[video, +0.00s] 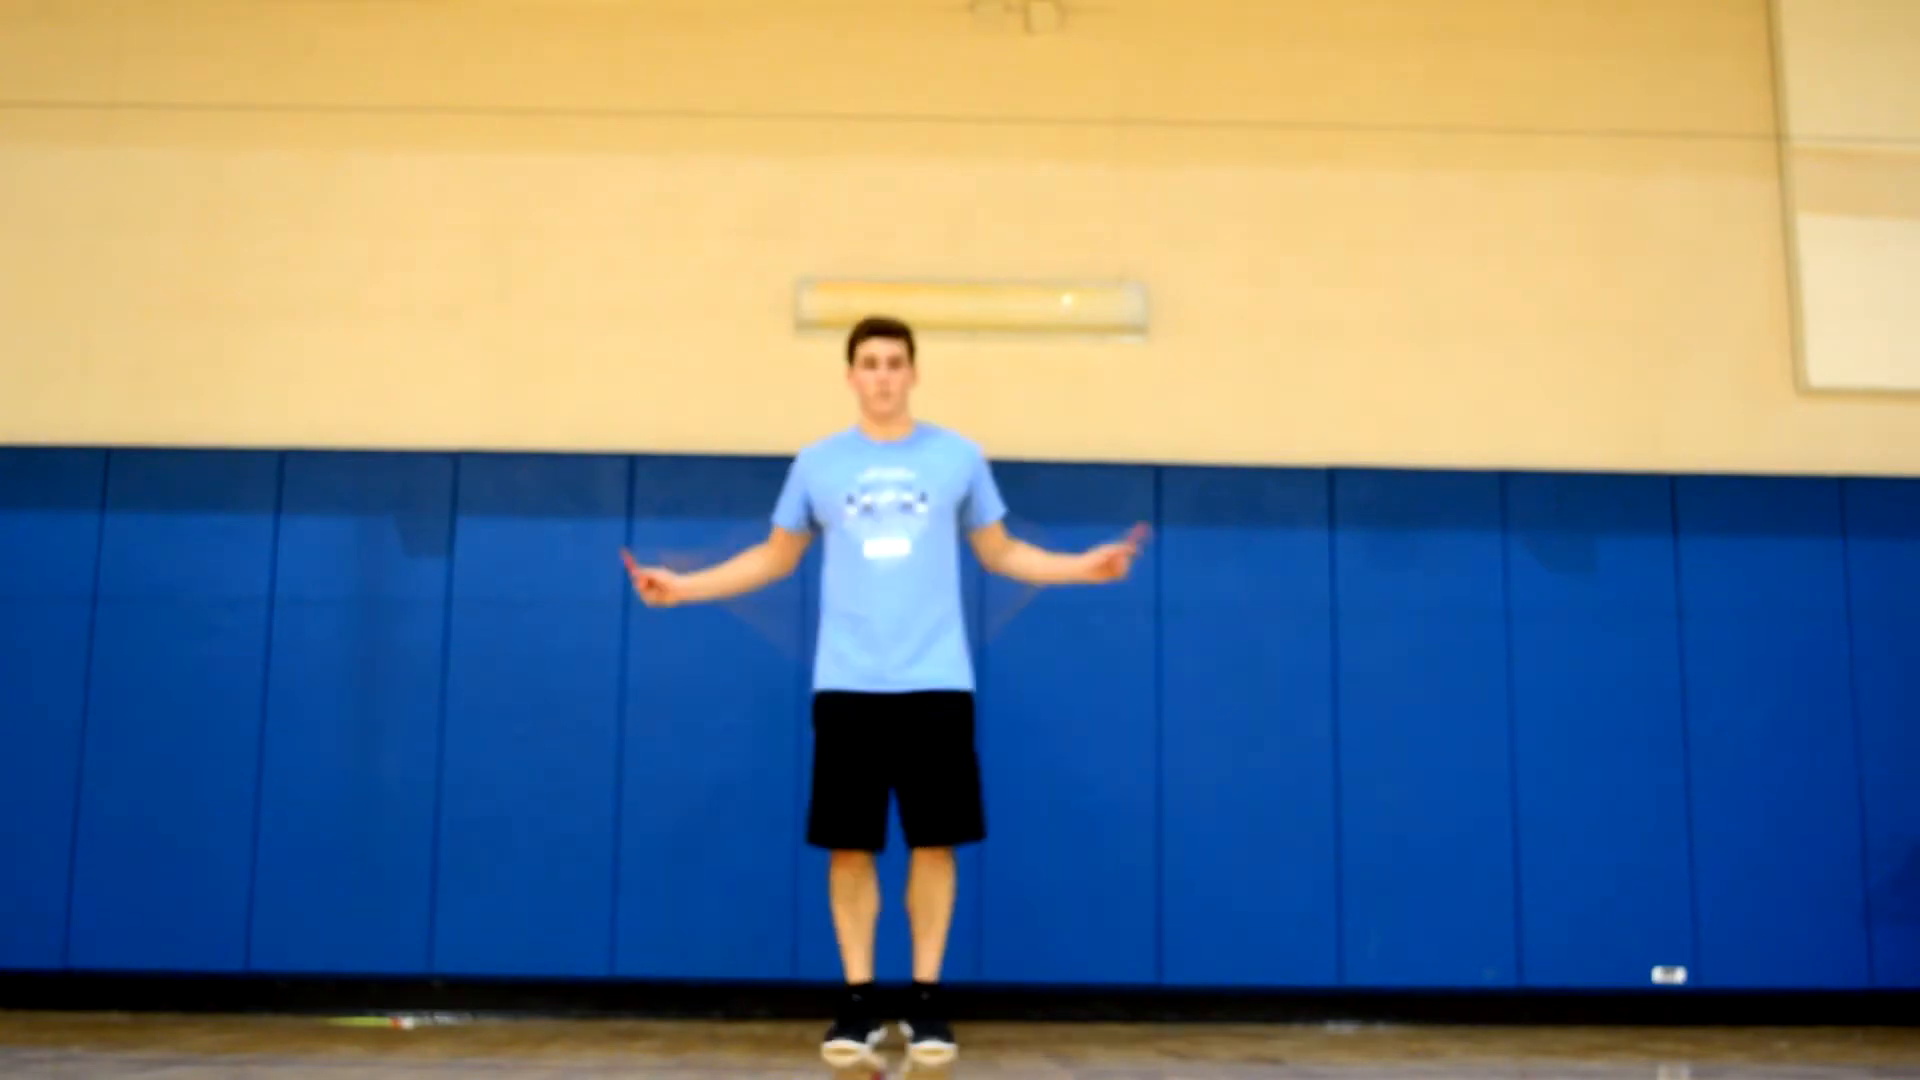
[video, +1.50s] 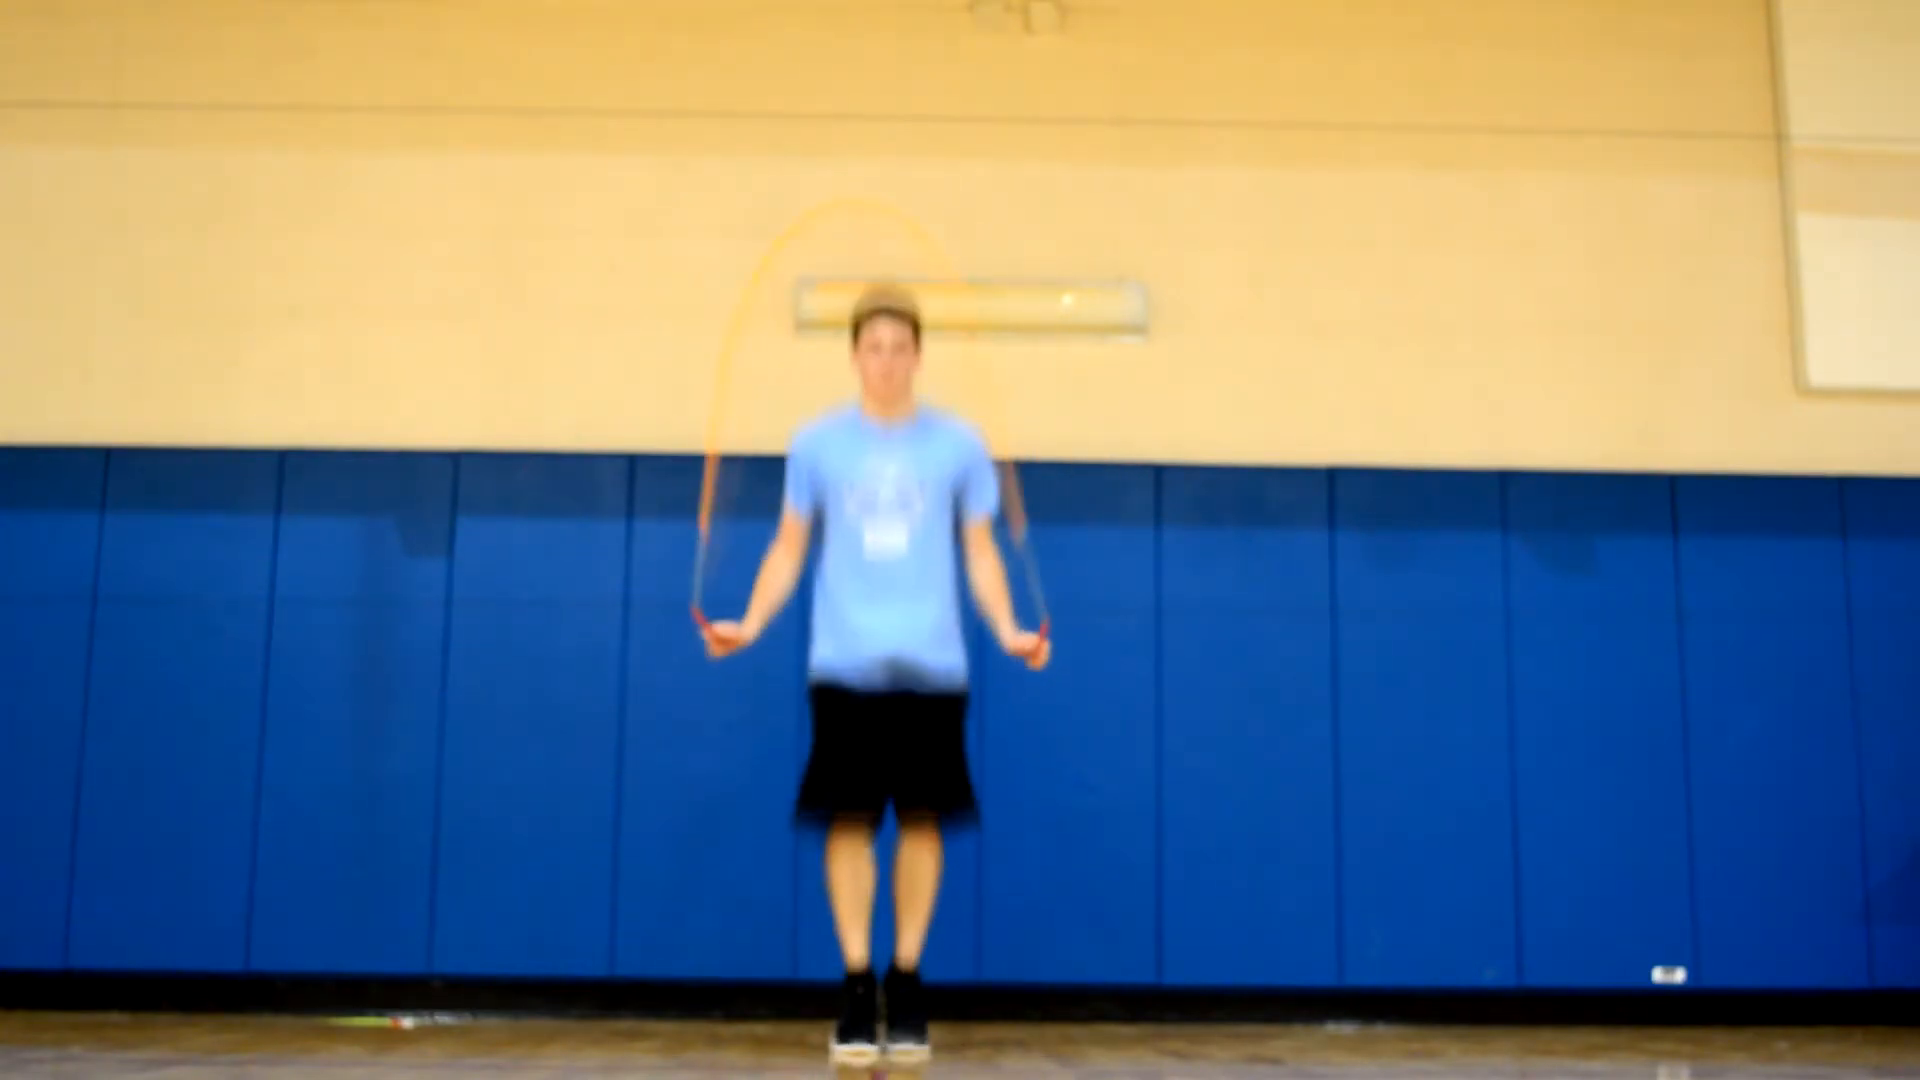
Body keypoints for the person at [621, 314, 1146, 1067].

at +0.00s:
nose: (882, 377)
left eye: (894, 364)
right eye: (869, 365)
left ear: (914, 374)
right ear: (850, 376)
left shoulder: (956, 458)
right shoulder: (819, 462)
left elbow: (1001, 552)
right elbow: (776, 555)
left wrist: (1082, 567)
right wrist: (684, 587)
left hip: (936, 681)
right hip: (848, 682)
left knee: (933, 845)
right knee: (850, 847)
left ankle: (925, 1006)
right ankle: (859, 1007)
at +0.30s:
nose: (888, 393)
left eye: (900, 381)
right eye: (875, 381)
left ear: (919, 392)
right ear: (854, 393)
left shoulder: (962, 478)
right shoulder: (820, 484)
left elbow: (1002, 575)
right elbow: (777, 577)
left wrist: (1043, 607)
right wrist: (703, 613)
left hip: (939, 700)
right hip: (844, 700)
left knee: (949, 853)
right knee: (823, 852)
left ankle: (925, 1007)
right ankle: (858, 1002)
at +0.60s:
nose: (890, 370)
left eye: (902, 358)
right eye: (878, 357)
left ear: (922, 368)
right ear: (858, 368)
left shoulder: (961, 458)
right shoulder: (825, 457)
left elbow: (989, 558)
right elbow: (789, 556)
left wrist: (1027, 634)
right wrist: (737, 634)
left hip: (934, 682)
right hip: (843, 681)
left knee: (935, 832)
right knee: (838, 832)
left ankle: (926, 993)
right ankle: (855, 990)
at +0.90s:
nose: (891, 338)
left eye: (904, 326)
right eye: (879, 326)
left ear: (922, 336)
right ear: (858, 335)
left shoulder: (960, 425)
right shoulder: (822, 423)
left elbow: (983, 535)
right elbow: (794, 532)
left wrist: (1024, 623)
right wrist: (745, 625)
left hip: (932, 639)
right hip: (847, 637)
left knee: (919, 806)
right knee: (852, 806)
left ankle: (907, 973)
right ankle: (861, 972)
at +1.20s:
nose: (889, 391)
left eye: (901, 378)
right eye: (876, 377)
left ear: (920, 389)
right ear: (855, 387)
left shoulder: (960, 481)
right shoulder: (819, 479)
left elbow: (977, 585)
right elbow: (791, 582)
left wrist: (1006, 650)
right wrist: (736, 649)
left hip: (933, 703)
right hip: (843, 700)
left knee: (929, 858)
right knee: (836, 854)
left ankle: (901, 1004)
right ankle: (857, 1005)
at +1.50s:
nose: (887, 361)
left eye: (900, 348)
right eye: (874, 347)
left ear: (919, 357)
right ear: (854, 355)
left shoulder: (957, 443)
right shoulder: (819, 442)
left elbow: (980, 548)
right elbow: (789, 546)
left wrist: (1008, 629)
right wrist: (749, 624)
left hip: (931, 664)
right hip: (845, 664)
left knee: (922, 822)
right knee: (849, 821)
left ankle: (905, 985)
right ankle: (857, 987)